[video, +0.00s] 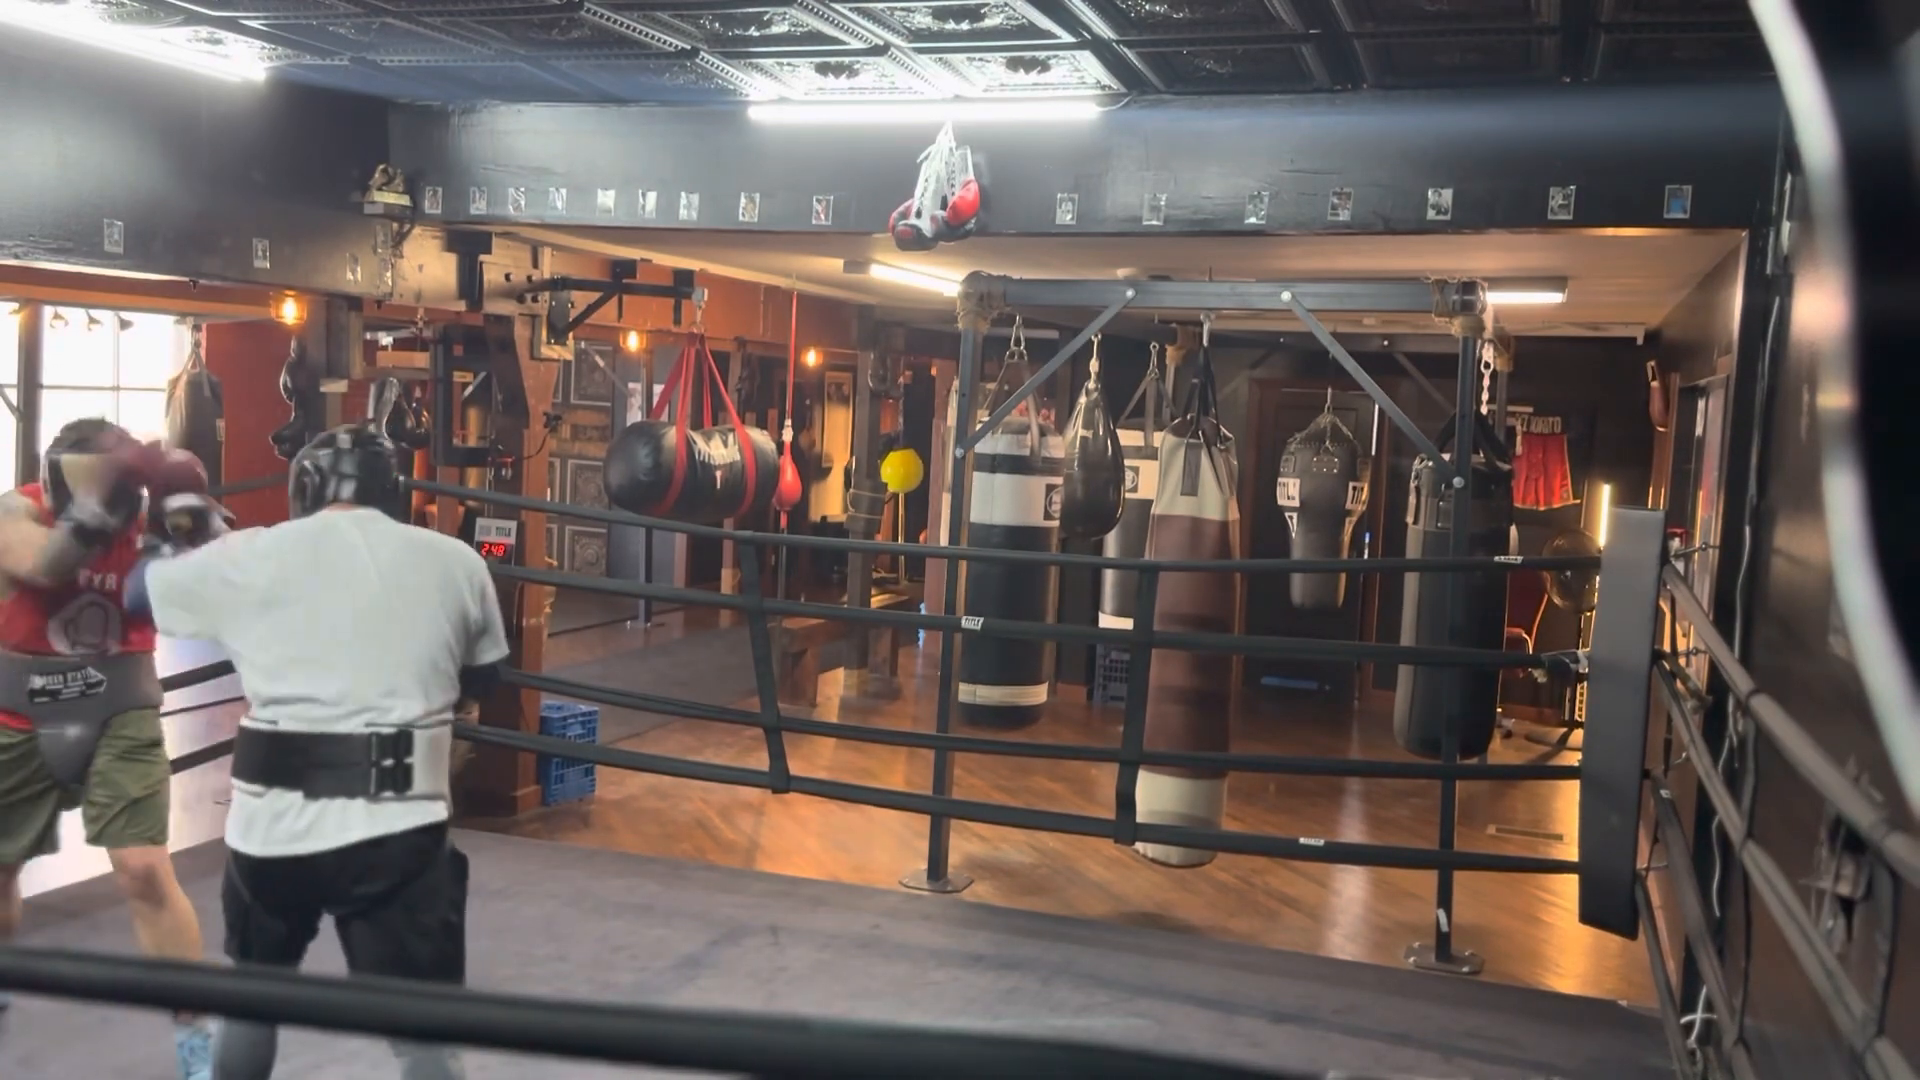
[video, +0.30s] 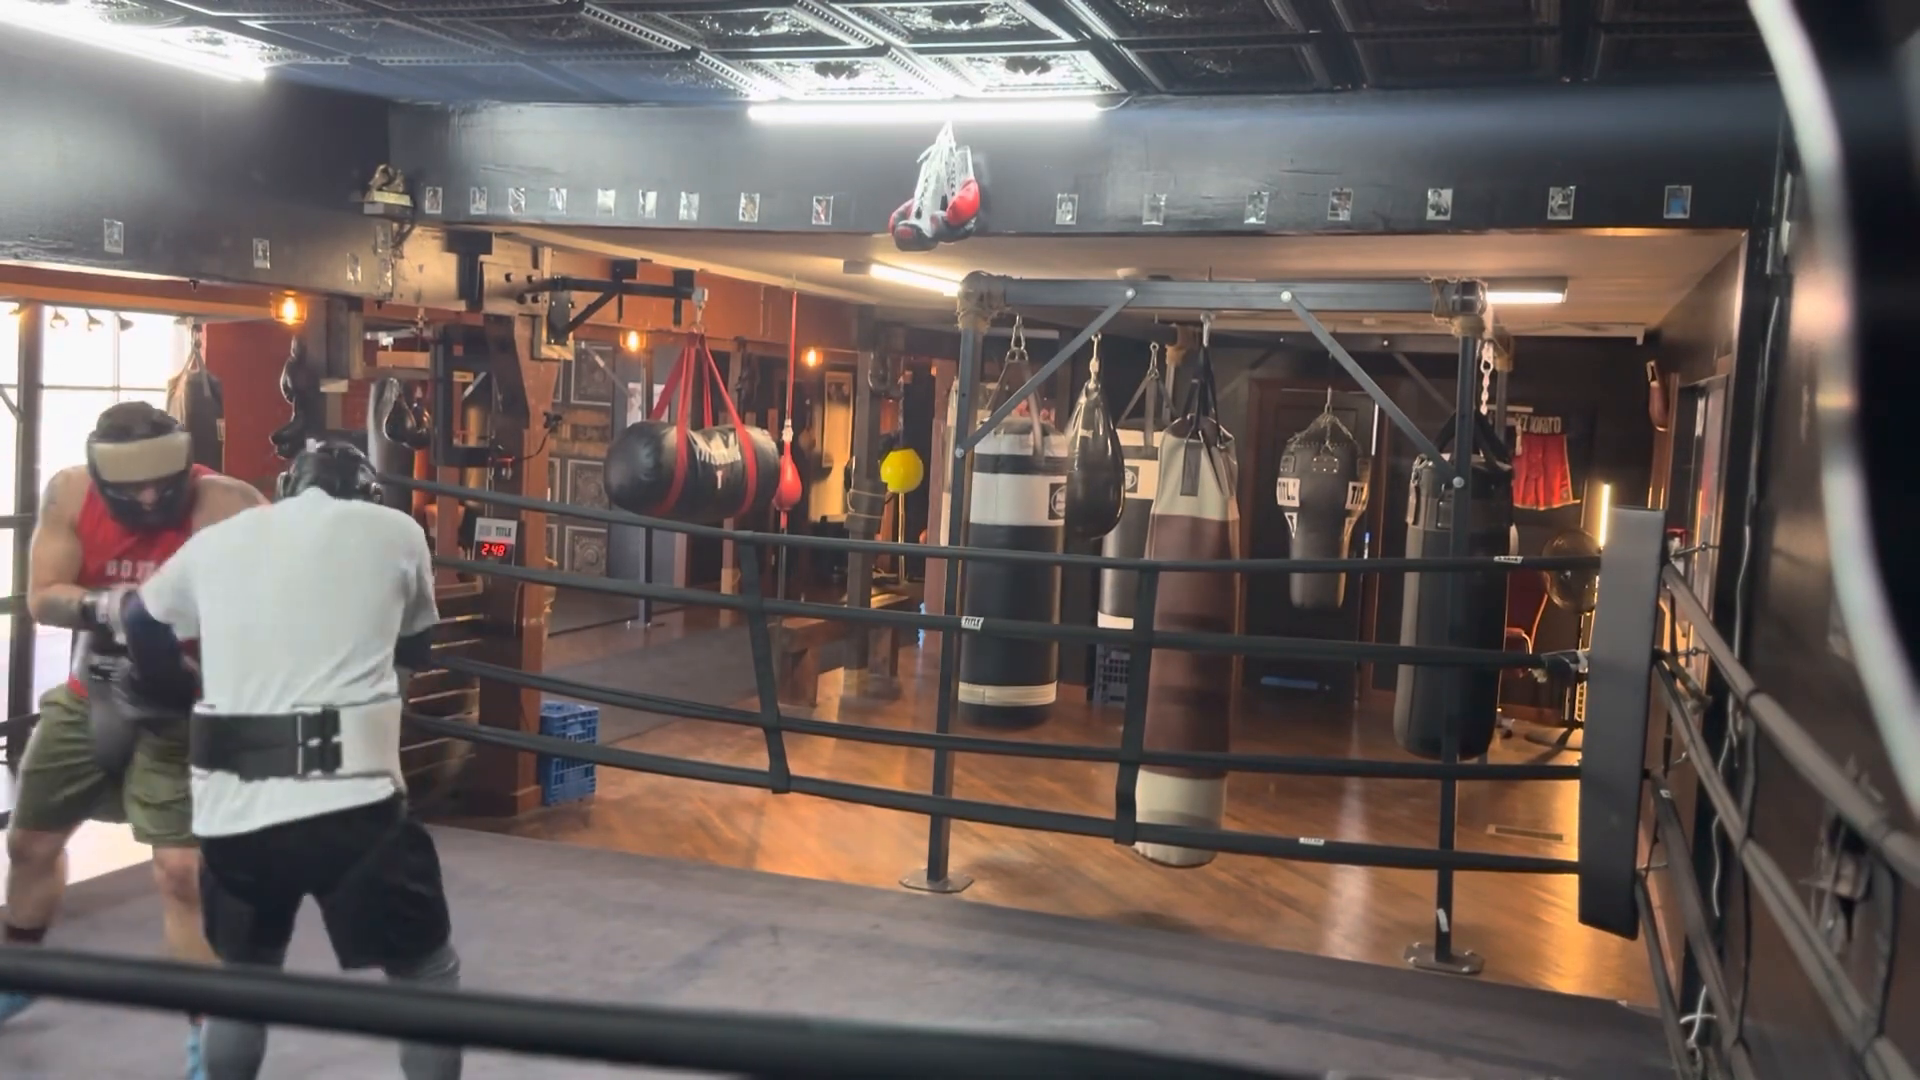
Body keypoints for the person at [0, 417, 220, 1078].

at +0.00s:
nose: (99, 501)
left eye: (110, 490)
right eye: (84, 487)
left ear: (129, 485)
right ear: (56, 480)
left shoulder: (147, 520)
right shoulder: (20, 507)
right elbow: (40, 565)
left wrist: (194, 529)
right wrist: (87, 518)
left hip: (123, 709)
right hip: (19, 715)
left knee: (144, 870)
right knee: (2, 877)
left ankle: (194, 1031)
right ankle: (3, 999)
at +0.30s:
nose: (149, 500)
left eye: (163, 485)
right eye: (129, 489)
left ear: (185, 467)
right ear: (101, 476)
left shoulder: (231, 504)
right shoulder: (72, 493)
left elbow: (269, 591)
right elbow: (42, 599)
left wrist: (187, 608)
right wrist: (99, 604)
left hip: (184, 706)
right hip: (91, 695)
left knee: (184, 873)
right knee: (30, 845)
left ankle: (205, 1027)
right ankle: (12, 978)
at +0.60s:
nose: (187, 480)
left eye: (198, 469)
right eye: (174, 469)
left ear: (219, 466)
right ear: (152, 467)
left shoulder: (233, 519)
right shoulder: (114, 513)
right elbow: (130, 593)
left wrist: (257, 512)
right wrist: (159, 517)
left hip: (208, 700)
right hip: (118, 705)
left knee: (203, 849)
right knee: (117, 853)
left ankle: (210, 978)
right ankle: (146, 960)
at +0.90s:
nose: (222, 471)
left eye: (237, 460)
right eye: (210, 460)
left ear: (260, 455)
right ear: (193, 460)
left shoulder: (292, 502)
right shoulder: (180, 500)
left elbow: (329, 575)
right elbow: (136, 576)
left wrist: (310, 513)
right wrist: (160, 511)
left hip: (260, 680)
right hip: (173, 679)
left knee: (292, 823)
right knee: (156, 829)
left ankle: (349, 954)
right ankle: (148, 953)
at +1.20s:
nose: (325, 479)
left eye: (340, 472)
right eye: (317, 469)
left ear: (356, 473)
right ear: (303, 462)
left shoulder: (381, 501)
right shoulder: (262, 497)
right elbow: (249, 594)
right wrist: (284, 540)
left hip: (354, 689)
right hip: (266, 684)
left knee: (365, 817)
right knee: (226, 817)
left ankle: (380, 945)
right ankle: (192, 931)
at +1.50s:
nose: (379, 496)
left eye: (392, 486)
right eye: (368, 484)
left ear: (405, 476)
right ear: (335, 470)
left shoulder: (411, 507)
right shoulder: (283, 497)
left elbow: (424, 591)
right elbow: (280, 597)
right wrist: (317, 539)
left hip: (373, 681)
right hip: (292, 682)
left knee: (372, 810)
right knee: (303, 811)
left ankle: (392, 940)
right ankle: (322, 921)